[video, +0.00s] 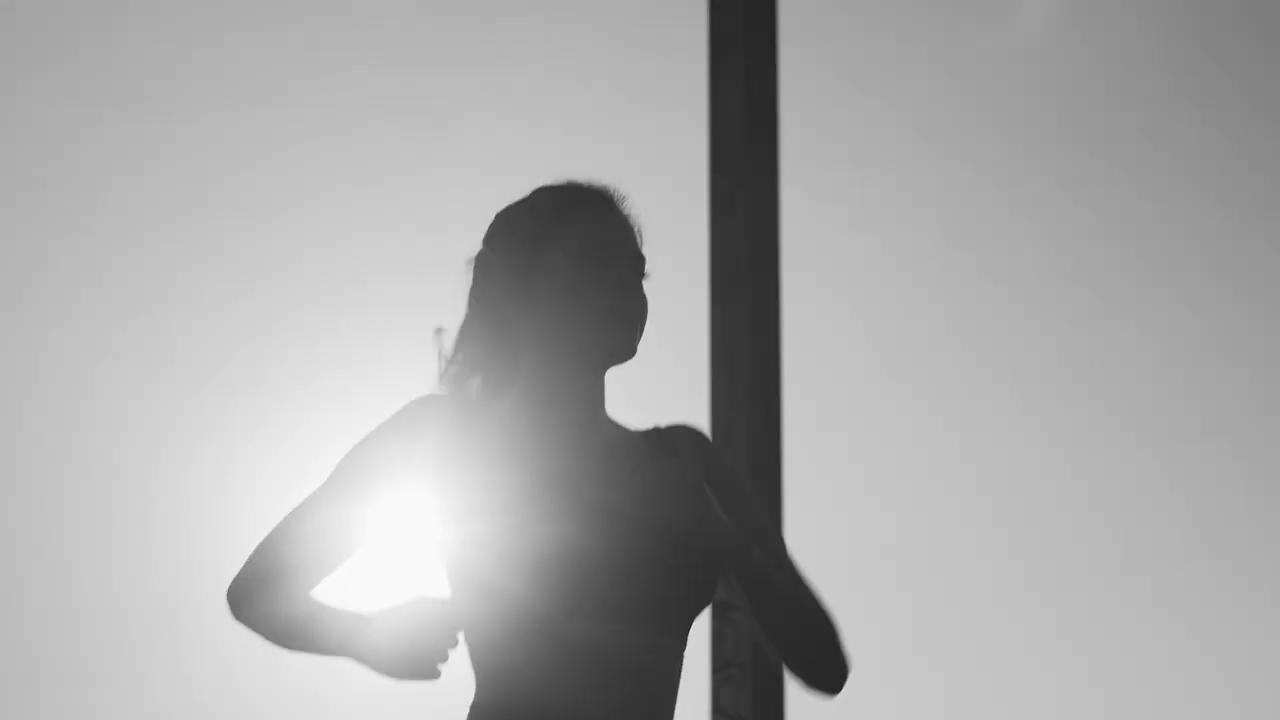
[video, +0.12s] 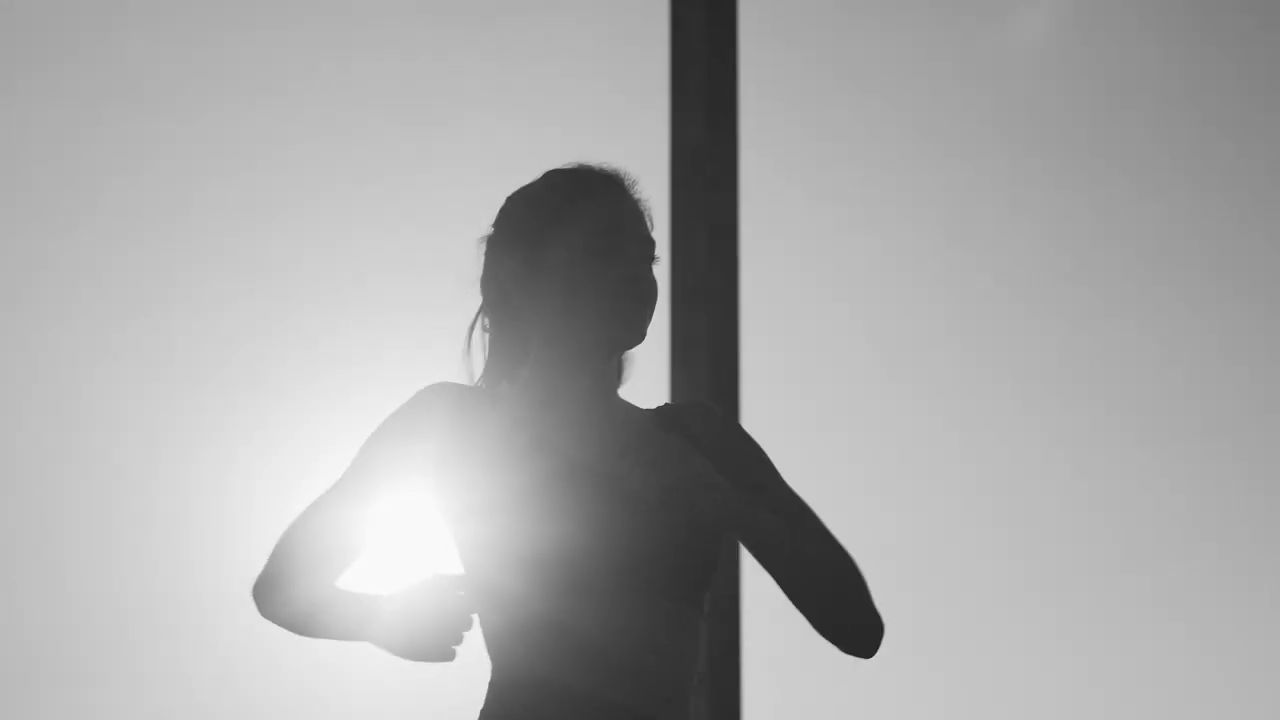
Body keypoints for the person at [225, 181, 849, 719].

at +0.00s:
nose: (643, 294)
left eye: (640, 271)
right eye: (622, 270)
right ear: (548, 285)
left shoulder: (678, 463)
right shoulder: (438, 434)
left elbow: (826, 668)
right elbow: (258, 593)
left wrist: (726, 530)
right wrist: (364, 636)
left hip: (637, 710)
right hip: (506, 710)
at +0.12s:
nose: (646, 284)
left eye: (646, 260)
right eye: (614, 258)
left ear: (645, 285)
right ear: (534, 279)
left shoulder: (688, 445)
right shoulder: (447, 423)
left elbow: (859, 630)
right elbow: (281, 588)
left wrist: (733, 470)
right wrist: (384, 617)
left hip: (664, 706)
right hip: (525, 704)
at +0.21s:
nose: (642, 274)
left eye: (646, 251)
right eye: (608, 247)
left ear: (652, 280)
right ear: (523, 276)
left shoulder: (696, 439)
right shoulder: (458, 425)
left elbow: (864, 635)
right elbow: (300, 603)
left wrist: (737, 482)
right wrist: (402, 623)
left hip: (674, 705)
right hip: (537, 705)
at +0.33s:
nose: (653, 296)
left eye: (660, 273)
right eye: (618, 269)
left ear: (672, 302)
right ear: (538, 300)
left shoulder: (712, 468)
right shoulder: (469, 450)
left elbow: (847, 685)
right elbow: (330, 655)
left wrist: (741, 520)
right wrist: (477, 656)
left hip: (676, 713)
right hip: (537, 718)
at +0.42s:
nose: (659, 324)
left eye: (663, 298)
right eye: (616, 295)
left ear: (677, 333)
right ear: (546, 328)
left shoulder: (722, 493)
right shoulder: (481, 476)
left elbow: (816, 701)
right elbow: (353, 695)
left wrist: (745, 568)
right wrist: (515, 687)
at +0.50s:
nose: (688, 343)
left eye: (685, 314)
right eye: (650, 310)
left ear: (685, 350)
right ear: (556, 342)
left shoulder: (727, 510)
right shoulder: (496, 493)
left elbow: (780, 702)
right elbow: (397, 692)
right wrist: (517, 708)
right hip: (563, 707)